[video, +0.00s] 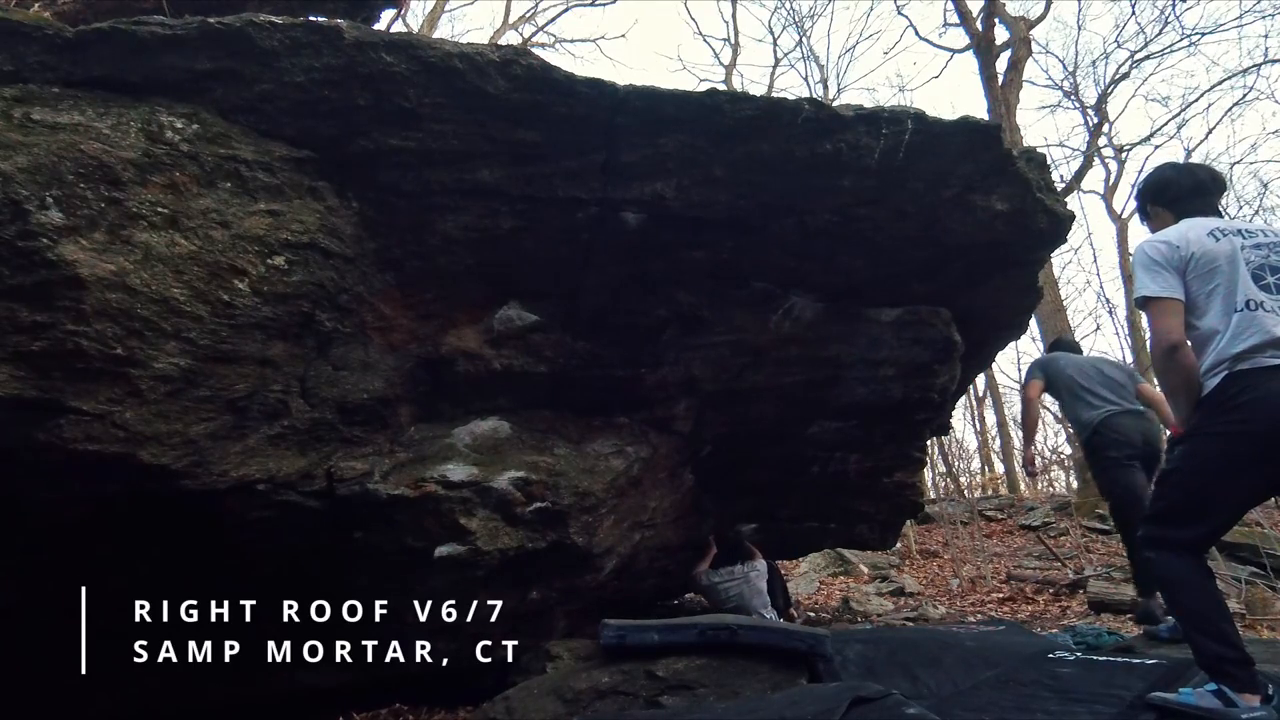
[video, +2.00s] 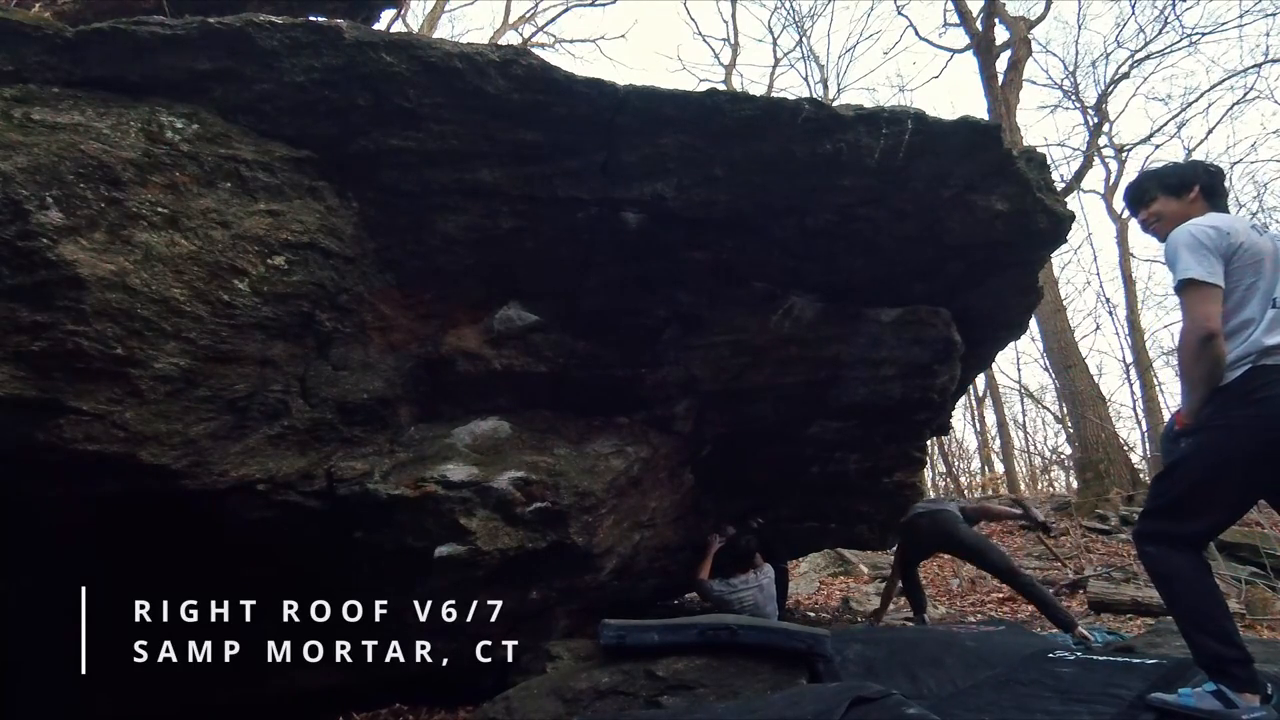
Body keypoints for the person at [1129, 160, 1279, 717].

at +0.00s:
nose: (1146, 226)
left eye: (1145, 217)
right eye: (1144, 218)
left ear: (1159, 212)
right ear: (1215, 204)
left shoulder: (1162, 245)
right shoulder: (1265, 234)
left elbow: (1171, 344)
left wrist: (1190, 424)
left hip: (1253, 393)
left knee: (1166, 537)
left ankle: (1237, 684)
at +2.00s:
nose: (1146, 224)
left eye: (1150, 210)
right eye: (1141, 218)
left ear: (1192, 192)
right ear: (1200, 197)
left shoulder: (1195, 233)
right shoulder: (1258, 236)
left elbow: (1205, 334)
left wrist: (1193, 410)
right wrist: (1199, 408)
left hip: (1258, 392)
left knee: (1163, 533)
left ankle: (1235, 683)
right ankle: (1237, 680)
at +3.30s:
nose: (1117, 254)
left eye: (1111, 240)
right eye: (1110, 245)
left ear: (1124, 224)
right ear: (1165, 211)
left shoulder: (1152, 237)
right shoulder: (1238, 246)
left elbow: (1190, 320)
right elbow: (1272, 295)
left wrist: (1181, 408)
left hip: (1252, 382)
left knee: (1164, 527)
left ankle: (1238, 686)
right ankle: (1242, 683)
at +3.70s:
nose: (1067, 267)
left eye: (1064, 258)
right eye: (1062, 261)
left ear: (1076, 249)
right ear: (1117, 232)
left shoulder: (1099, 258)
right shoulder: (1174, 263)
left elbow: (1139, 334)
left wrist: (1145, 414)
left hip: (1211, 390)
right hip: (1272, 384)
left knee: (1150, 537)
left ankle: (1238, 690)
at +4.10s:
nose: (998, 278)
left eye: (996, 271)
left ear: (1003, 266)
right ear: (1049, 250)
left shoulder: (1017, 279)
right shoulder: (1103, 274)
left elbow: (1054, 348)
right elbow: (1165, 327)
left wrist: (1093, 428)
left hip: (1146, 391)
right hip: (1216, 380)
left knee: (1158, 559)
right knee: (1269, 542)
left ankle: (1236, 704)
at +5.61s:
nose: (1046, 263)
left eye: (1047, 252)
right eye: (1043, 255)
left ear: (1064, 238)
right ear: (1091, 230)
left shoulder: (1095, 249)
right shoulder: (1137, 260)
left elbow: (1133, 317)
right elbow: (1189, 331)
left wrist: (1139, 401)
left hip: (1189, 388)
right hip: (1225, 385)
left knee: (1196, 540)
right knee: (1245, 535)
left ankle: (1244, 692)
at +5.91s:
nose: (1064, 249)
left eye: (1066, 237)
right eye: (1061, 240)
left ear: (1086, 226)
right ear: (1104, 222)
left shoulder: (1114, 244)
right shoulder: (1147, 252)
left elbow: (1139, 318)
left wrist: (1130, 403)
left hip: (1173, 391)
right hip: (1204, 387)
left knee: (1174, 541)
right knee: (1237, 536)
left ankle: (1241, 690)